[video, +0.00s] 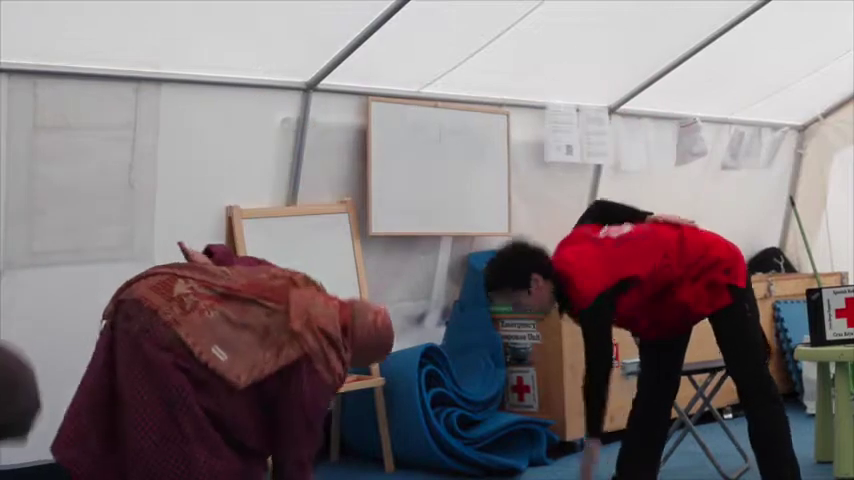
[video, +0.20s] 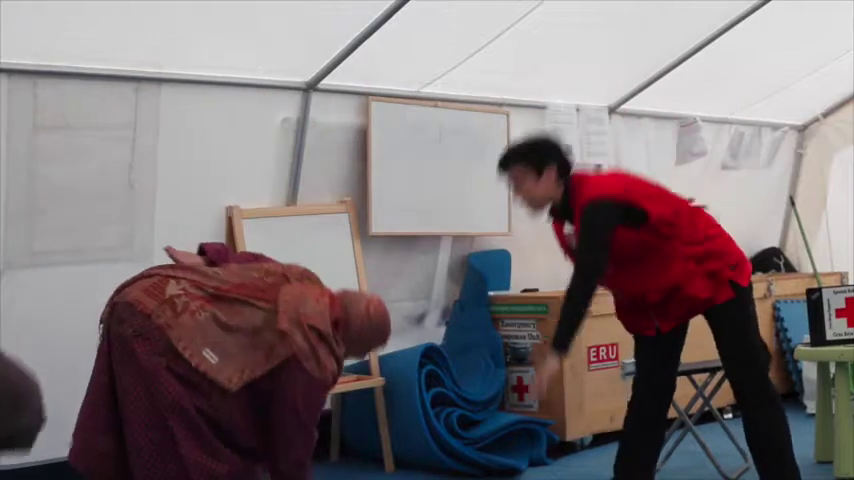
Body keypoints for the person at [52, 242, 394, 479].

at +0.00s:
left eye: (365, 318)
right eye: (363, 358)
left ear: (351, 304)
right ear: (361, 356)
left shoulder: (300, 286)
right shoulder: (318, 364)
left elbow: (226, 257)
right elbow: (295, 454)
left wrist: (206, 267)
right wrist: (295, 477)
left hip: (135, 298)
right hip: (165, 340)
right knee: (196, 458)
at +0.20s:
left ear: (346, 294)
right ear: (356, 345)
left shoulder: (300, 277)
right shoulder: (314, 359)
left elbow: (225, 255)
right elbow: (293, 444)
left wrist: (203, 262)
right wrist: (294, 475)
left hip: (130, 299)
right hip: (159, 333)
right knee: (182, 449)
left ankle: (100, 465)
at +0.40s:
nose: (362, 275)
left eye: (364, 266)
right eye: (361, 267)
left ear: (326, 236)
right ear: (347, 263)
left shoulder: (275, 241)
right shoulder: (305, 287)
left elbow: (192, 245)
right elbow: (287, 374)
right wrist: (309, 440)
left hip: (124, 306)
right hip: (173, 327)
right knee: (210, 452)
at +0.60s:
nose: (324, 165)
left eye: (322, 156)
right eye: (318, 156)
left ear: (279, 155)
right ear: (296, 159)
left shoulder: (236, 193)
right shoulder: (273, 210)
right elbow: (298, 286)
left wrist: (339, 304)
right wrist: (358, 319)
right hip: (202, 338)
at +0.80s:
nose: (271, 124)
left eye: (269, 117)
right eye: (261, 117)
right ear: (232, 122)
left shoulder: (260, 173)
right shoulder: (212, 161)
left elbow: (275, 260)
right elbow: (251, 179)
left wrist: (310, 313)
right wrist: (337, 150)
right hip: (214, 334)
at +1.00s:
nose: (255, 125)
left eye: (255, 117)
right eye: (243, 116)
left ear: (255, 127)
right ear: (215, 127)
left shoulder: (279, 188)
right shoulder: (193, 180)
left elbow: (324, 238)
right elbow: (195, 132)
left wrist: (379, 265)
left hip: (286, 351)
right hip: (210, 357)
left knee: (289, 458)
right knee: (221, 462)